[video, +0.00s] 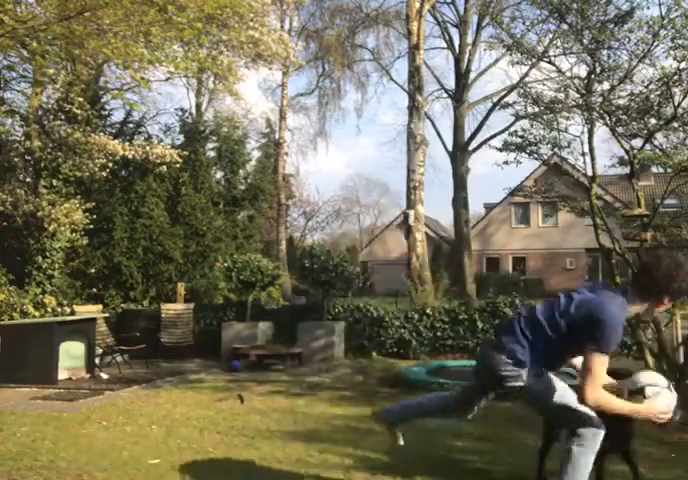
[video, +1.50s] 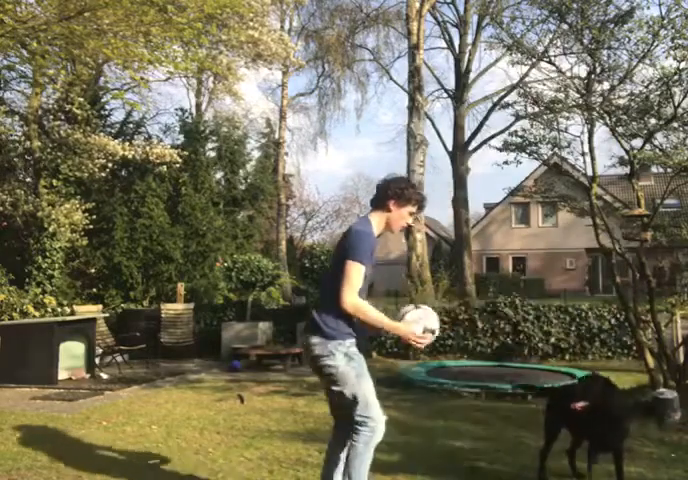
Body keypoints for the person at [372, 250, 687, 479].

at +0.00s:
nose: (668, 308)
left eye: (671, 301)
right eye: (671, 302)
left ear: (640, 280)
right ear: (661, 301)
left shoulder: (603, 295)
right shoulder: (609, 316)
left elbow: (586, 361)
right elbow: (592, 395)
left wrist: (619, 385)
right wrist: (642, 411)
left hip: (497, 349)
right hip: (514, 365)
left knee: (461, 403)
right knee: (589, 426)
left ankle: (390, 416)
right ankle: (570, 477)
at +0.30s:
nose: (623, 273)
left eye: (625, 266)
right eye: (625, 266)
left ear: (588, 251)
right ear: (617, 266)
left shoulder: (558, 276)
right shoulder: (570, 298)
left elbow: (531, 341)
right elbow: (548, 373)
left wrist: (573, 359)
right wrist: (594, 386)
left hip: (478, 362)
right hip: (499, 373)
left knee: (482, 437)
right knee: (572, 439)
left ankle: (420, 470)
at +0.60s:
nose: (516, 230)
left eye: (519, 224)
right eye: (517, 222)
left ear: (495, 213)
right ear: (502, 215)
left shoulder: (468, 248)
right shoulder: (472, 252)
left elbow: (463, 310)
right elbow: (457, 322)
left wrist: (499, 321)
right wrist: (511, 334)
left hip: (438, 355)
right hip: (447, 357)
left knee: (452, 442)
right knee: (511, 436)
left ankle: (414, 476)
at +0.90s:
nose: (456, 211)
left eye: (459, 205)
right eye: (457, 203)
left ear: (439, 193)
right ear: (440, 192)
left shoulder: (410, 225)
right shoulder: (416, 229)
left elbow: (413, 294)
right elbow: (408, 296)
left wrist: (457, 308)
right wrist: (460, 310)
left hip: (402, 340)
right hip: (403, 342)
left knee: (424, 426)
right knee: (435, 428)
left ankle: (399, 475)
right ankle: (396, 476)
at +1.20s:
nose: (429, 219)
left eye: (432, 212)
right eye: (430, 210)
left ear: (412, 201)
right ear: (414, 200)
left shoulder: (388, 231)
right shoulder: (385, 233)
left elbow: (384, 296)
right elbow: (382, 300)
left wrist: (428, 301)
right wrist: (432, 306)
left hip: (370, 342)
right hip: (358, 344)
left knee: (405, 412)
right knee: (385, 425)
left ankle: (369, 472)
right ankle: (366, 477)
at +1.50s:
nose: (409, 222)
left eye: (412, 216)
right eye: (409, 213)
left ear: (389, 205)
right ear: (391, 204)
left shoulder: (364, 235)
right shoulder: (361, 236)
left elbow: (352, 301)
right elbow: (348, 301)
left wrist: (398, 328)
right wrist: (399, 329)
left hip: (333, 339)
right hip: (332, 341)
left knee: (346, 426)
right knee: (371, 424)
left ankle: (333, 476)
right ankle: (351, 475)